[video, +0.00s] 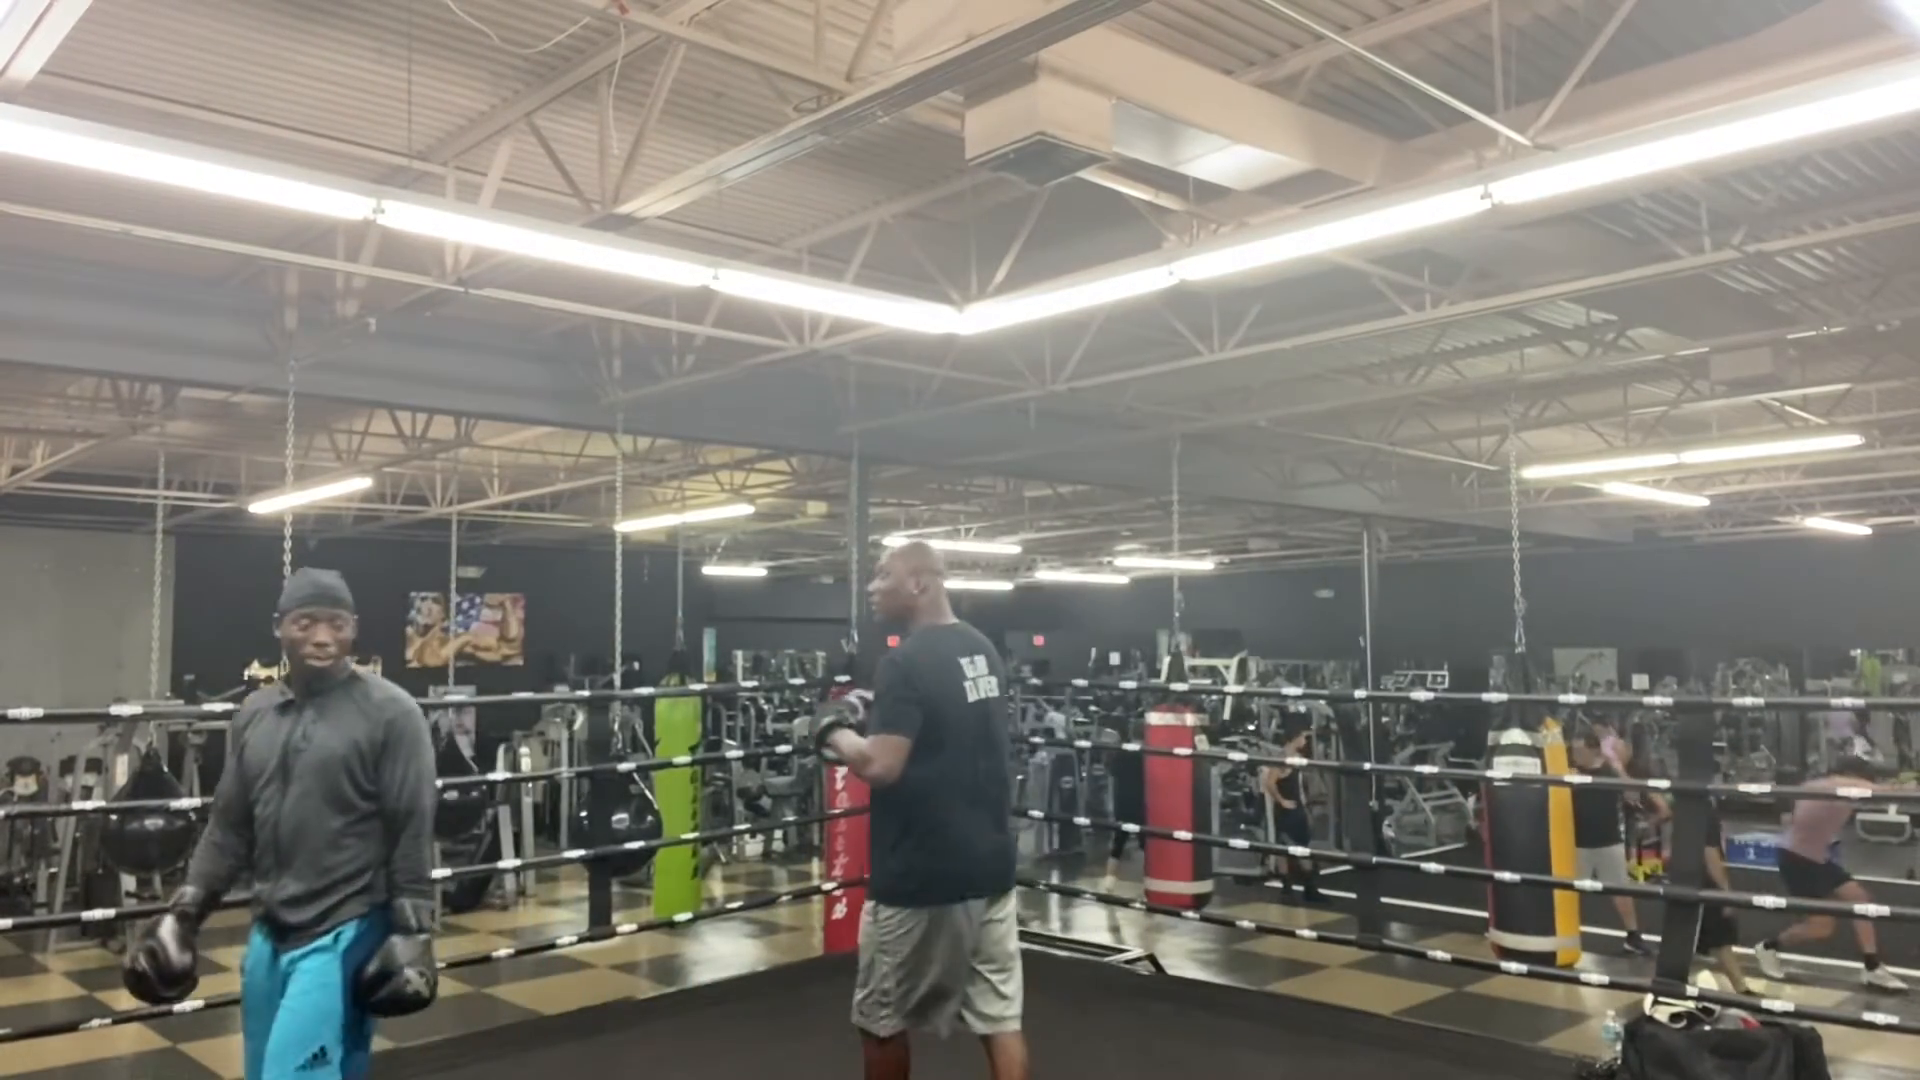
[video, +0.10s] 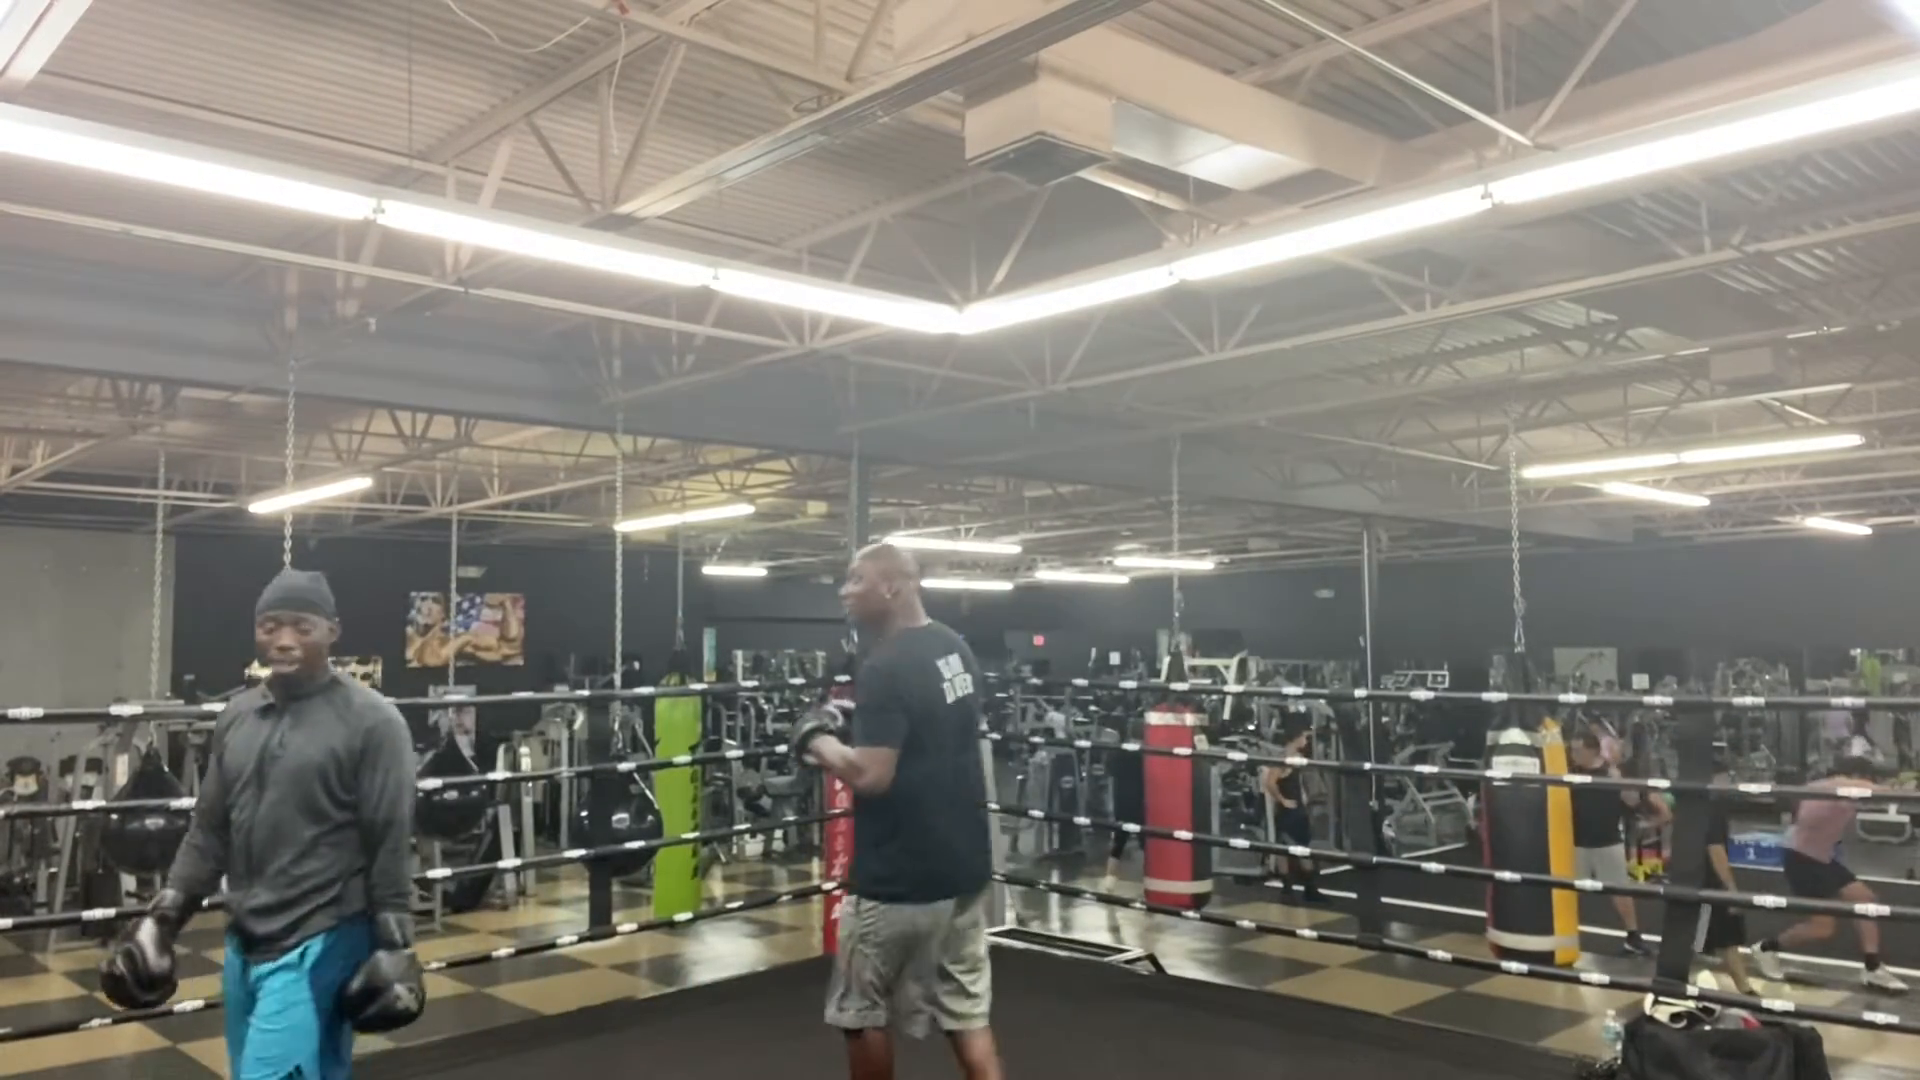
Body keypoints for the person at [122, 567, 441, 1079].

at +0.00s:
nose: (321, 636)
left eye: (335, 623)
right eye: (305, 622)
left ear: (352, 630)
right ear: (280, 630)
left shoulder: (391, 712)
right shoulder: (255, 714)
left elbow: (413, 830)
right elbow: (227, 827)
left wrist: (413, 933)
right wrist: (182, 915)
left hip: (346, 928)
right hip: (270, 929)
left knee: (291, 1068)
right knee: (262, 1068)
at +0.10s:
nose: (285, 641)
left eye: (302, 627)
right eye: (272, 626)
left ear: (332, 633)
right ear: (256, 635)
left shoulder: (372, 721)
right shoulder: (238, 715)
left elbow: (390, 843)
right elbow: (208, 830)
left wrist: (396, 946)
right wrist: (161, 920)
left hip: (322, 939)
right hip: (247, 938)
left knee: (266, 1070)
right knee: (251, 1069)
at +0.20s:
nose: (228, 638)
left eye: (248, 623)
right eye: (225, 622)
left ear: (297, 629)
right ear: (220, 627)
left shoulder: (347, 727)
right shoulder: (216, 712)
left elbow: (365, 854)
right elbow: (186, 827)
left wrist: (364, 968)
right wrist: (140, 922)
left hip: (283, 950)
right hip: (210, 950)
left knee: (230, 1068)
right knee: (210, 1068)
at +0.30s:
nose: (201, 636)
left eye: (221, 620)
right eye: (201, 620)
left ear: (274, 625)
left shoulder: (329, 729)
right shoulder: (204, 712)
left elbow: (342, 857)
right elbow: (172, 832)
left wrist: (335, 972)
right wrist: (128, 929)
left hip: (256, 956)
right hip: (178, 954)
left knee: (231, 1071)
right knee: (161, 1070)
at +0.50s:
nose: (156, 633)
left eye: (174, 616)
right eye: (158, 617)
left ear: (230, 621)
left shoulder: (294, 726)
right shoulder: (177, 713)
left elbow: (297, 867)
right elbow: (160, 847)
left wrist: (272, 990)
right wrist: (112, 938)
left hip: (214, 970)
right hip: (133, 959)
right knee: (88, 1072)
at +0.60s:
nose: (126, 633)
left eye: (144, 614)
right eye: (128, 616)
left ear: (202, 618)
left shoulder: (270, 727)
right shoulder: (160, 718)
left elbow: (271, 871)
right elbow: (147, 847)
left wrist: (227, 991)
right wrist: (111, 953)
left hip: (204, 979)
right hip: (114, 971)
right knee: (62, 1073)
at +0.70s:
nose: (93, 634)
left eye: (112, 616)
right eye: (96, 618)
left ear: (170, 622)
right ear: (167, 623)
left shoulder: (242, 731)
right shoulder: (127, 727)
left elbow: (239, 880)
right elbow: (117, 856)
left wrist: (183, 994)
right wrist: (83, 961)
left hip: (190, 986)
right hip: (90, 984)